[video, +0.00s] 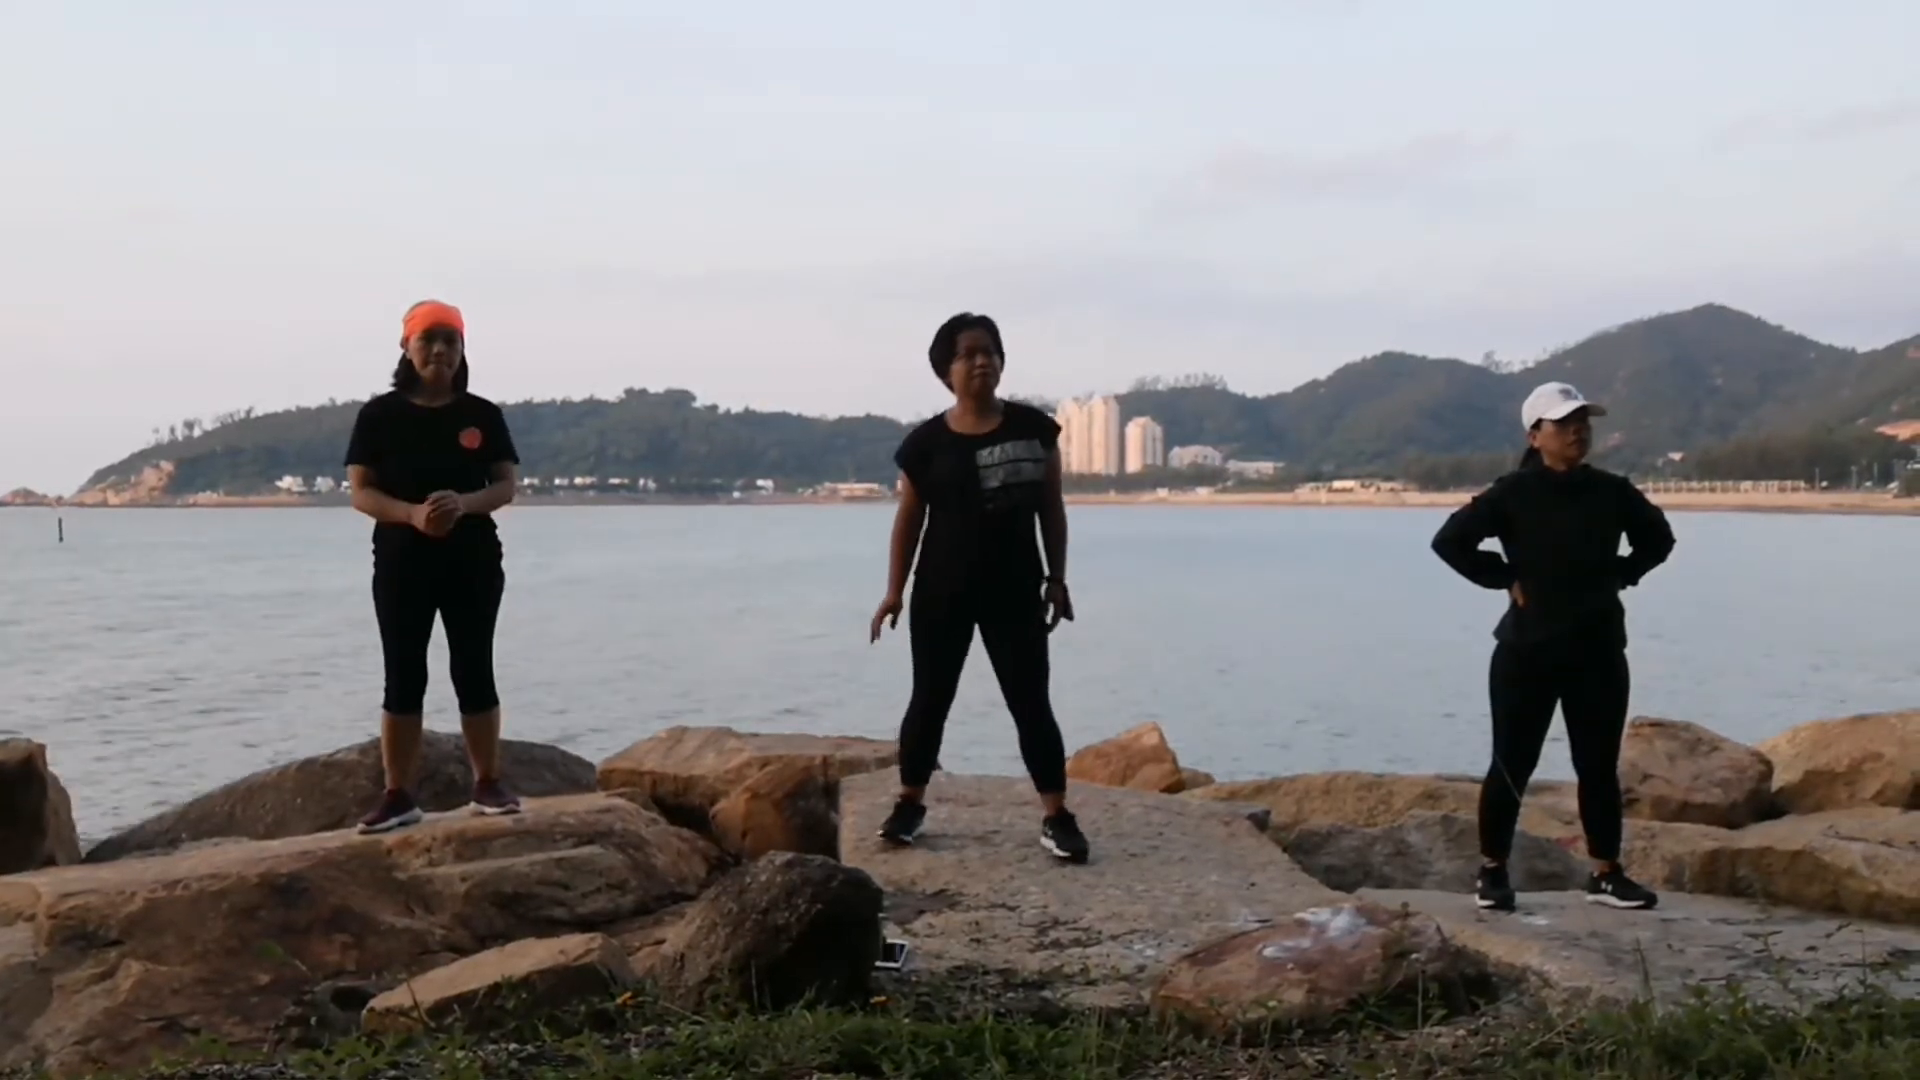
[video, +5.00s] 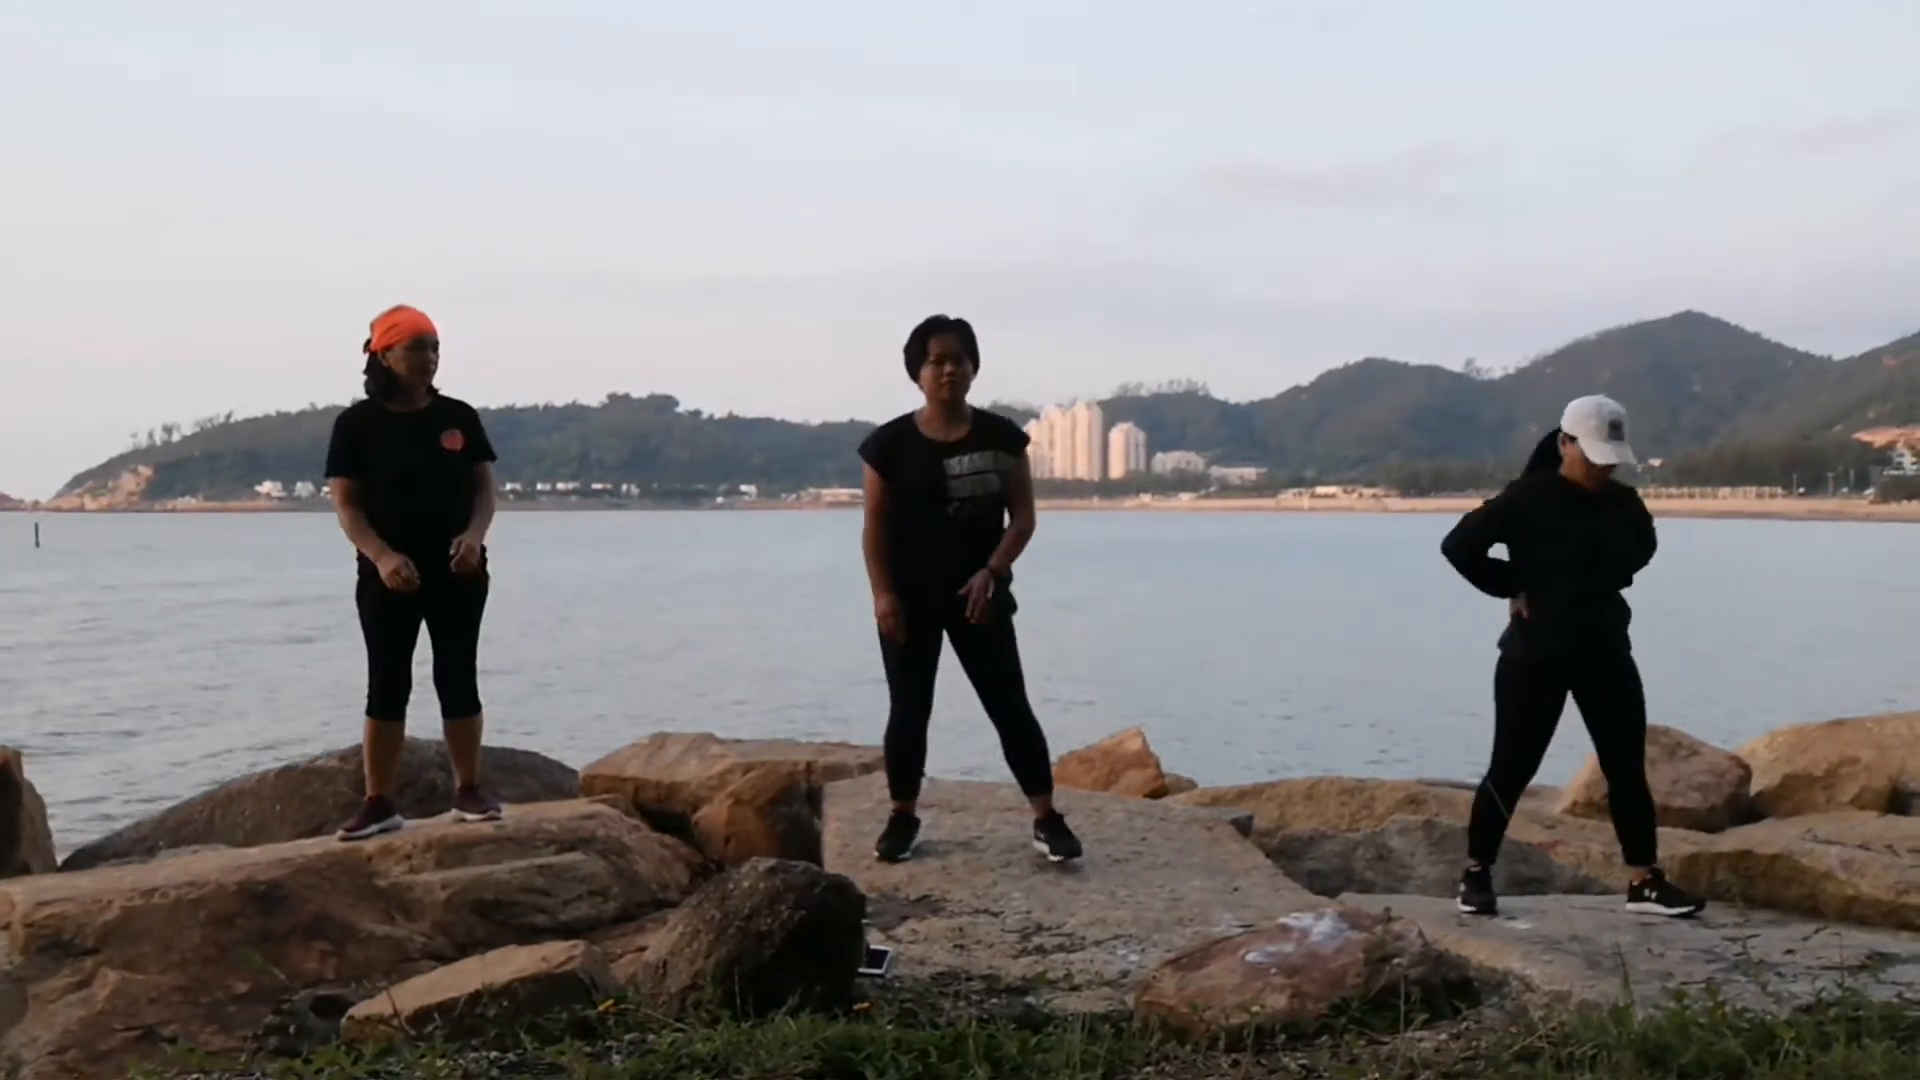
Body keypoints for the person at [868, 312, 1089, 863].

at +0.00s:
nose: (981, 363)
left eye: (989, 353)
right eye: (968, 355)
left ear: (1001, 364)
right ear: (946, 368)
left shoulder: (1035, 431)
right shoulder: (924, 443)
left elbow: (1052, 508)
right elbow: (907, 523)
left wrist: (1057, 575)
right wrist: (894, 590)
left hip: (1014, 593)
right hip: (943, 595)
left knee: (1032, 705)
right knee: (928, 701)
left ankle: (1056, 814)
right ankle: (909, 804)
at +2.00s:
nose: (1008, 368)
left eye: (1018, 358)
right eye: (996, 359)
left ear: (1032, 365)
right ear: (977, 367)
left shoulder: (1063, 433)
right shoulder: (951, 440)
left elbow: (1082, 510)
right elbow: (936, 523)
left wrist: (1094, 578)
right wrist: (931, 592)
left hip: (1041, 594)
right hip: (969, 595)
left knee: (1044, 707)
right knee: (948, 705)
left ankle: (1051, 815)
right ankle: (919, 811)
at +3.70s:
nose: (1003, 368)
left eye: (1015, 357)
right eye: (992, 360)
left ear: (1037, 363)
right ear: (981, 370)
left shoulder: (1072, 430)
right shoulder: (962, 436)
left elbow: (1100, 498)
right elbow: (938, 519)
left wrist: (1039, 522)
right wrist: (933, 589)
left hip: (1047, 595)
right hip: (977, 593)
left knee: (1049, 710)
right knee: (953, 705)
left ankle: (1052, 824)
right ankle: (917, 809)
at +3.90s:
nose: (1020, 366)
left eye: (1032, 356)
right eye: (1010, 356)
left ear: (1054, 365)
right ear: (996, 367)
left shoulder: (1078, 426)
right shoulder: (973, 429)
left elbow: (1057, 482)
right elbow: (964, 510)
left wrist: (984, 460)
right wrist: (966, 584)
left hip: (1048, 590)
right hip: (981, 585)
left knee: (1048, 710)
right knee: (951, 703)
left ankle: (1051, 824)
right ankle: (917, 811)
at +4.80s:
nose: (946, 370)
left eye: (957, 360)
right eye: (935, 360)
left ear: (972, 369)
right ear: (915, 369)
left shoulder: (995, 434)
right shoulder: (891, 437)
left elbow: (999, 511)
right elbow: (887, 522)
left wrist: (927, 502)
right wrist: (895, 597)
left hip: (972, 591)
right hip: (906, 590)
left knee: (1002, 706)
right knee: (906, 710)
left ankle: (1032, 815)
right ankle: (903, 815)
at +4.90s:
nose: (945, 369)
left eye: (954, 359)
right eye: (933, 360)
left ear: (970, 367)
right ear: (913, 369)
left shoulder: (995, 433)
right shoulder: (885, 441)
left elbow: (1010, 511)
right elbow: (877, 528)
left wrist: (957, 536)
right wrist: (890, 594)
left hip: (975, 592)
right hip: (907, 591)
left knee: (1006, 704)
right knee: (906, 711)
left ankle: (1038, 814)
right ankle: (903, 815)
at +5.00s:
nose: (948, 370)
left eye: (957, 360)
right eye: (936, 361)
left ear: (973, 368)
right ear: (916, 371)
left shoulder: (1001, 437)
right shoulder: (888, 445)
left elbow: (1023, 519)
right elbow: (874, 527)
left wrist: (992, 571)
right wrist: (881, 592)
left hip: (979, 594)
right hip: (910, 598)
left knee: (1011, 709)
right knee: (907, 714)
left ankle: (1046, 817)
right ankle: (902, 817)